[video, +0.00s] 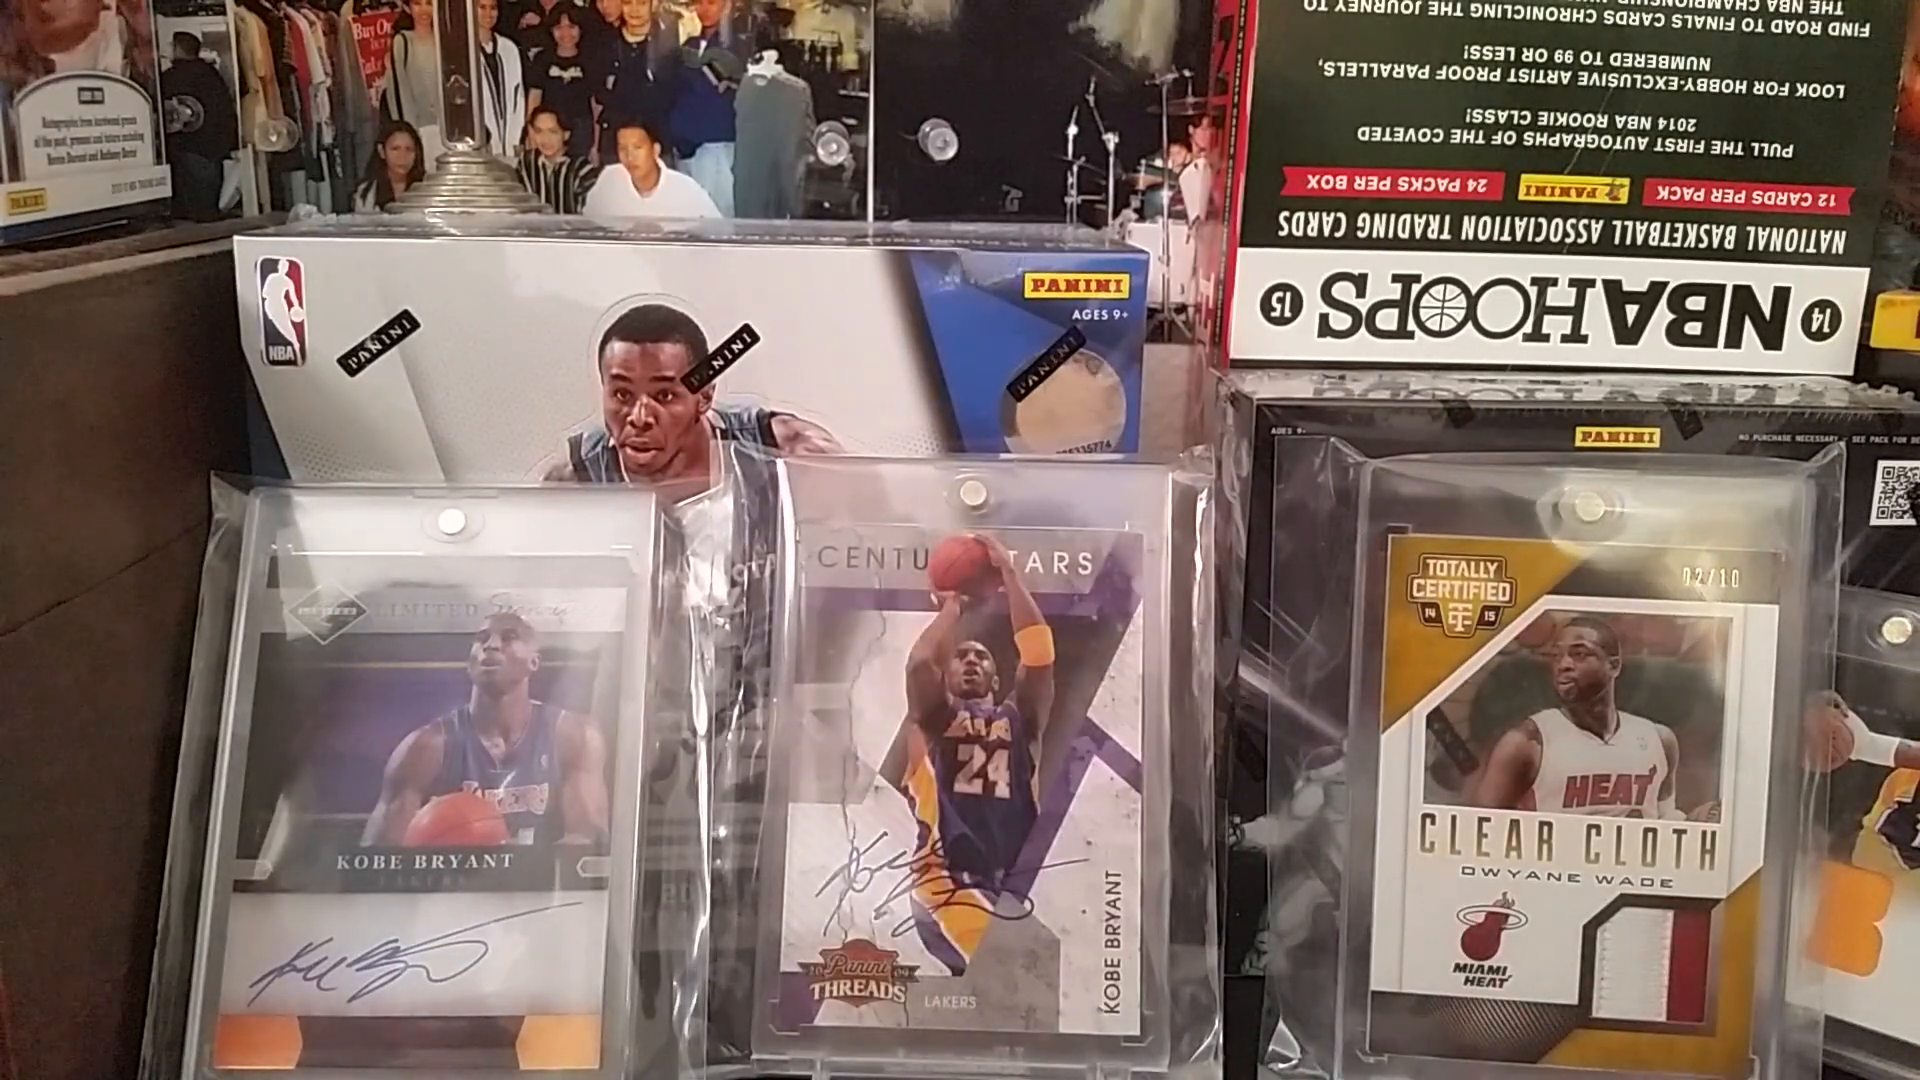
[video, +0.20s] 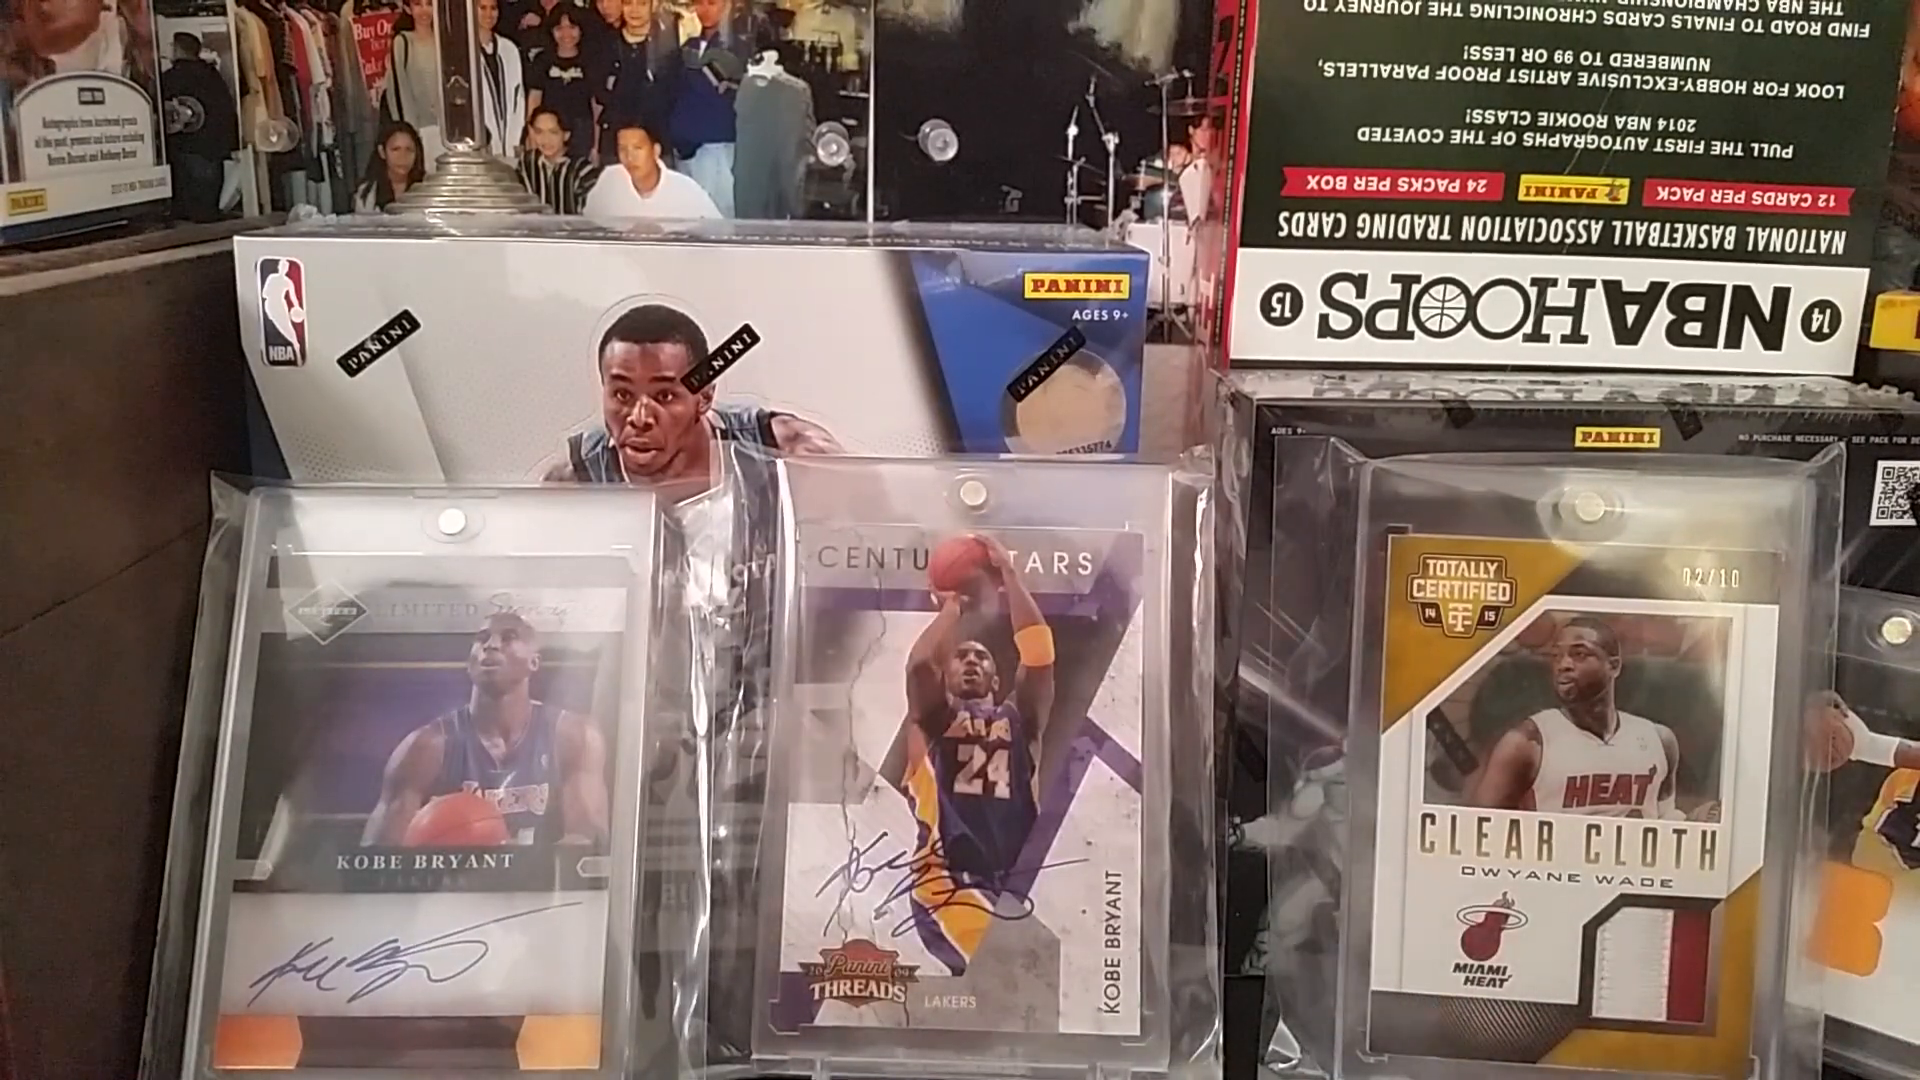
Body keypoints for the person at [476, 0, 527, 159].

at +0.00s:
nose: (489, 13)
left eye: (493, 8)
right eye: (482, 7)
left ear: (498, 11)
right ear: (472, 11)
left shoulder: (510, 48)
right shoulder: (465, 50)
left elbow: (520, 95)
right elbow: (464, 100)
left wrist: (515, 140)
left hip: (511, 144)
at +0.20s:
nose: (489, 14)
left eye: (493, 8)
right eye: (483, 8)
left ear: (498, 12)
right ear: (472, 11)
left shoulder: (510, 48)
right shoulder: (465, 51)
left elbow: (520, 95)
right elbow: (464, 100)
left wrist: (516, 141)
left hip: (511, 145)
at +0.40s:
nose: (489, 14)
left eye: (493, 8)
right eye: (483, 8)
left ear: (498, 11)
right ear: (472, 11)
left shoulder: (511, 48)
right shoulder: (464, 51)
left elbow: (520, 96)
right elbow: (464, 101)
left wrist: (516, 142)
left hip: (512, 146)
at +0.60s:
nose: (490, 14)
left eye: (494, 8)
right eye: (483, 8)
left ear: (498, 11)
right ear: (472, 11)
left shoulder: (511, 48)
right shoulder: (465, 51)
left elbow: (520, 95)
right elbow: (465, 100)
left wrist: (516, 141)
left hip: (512, 144)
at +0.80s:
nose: (490, 14)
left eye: (494, 8)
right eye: (483, 8)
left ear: (498, 11)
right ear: (472, 11)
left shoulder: (511, 48)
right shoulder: (465, 51)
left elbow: (520, 94)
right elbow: (465, 100)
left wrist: (515, 141)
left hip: (511, 144)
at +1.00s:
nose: (489, 14)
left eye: (493, 8)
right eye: (483, 8)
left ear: (498, 12)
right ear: (472, 11)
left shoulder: (511, 48)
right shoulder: (465, 50)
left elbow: (520, 96)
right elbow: (464, 100)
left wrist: (516, 141)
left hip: (512, 144)